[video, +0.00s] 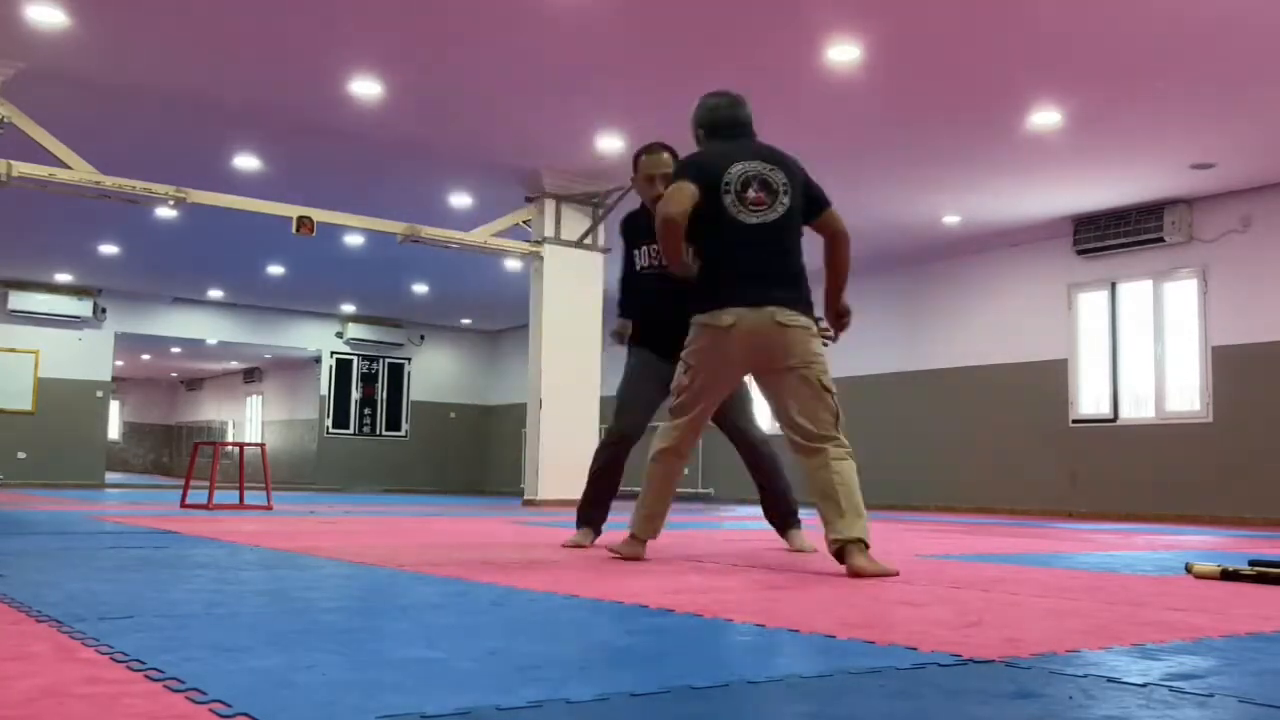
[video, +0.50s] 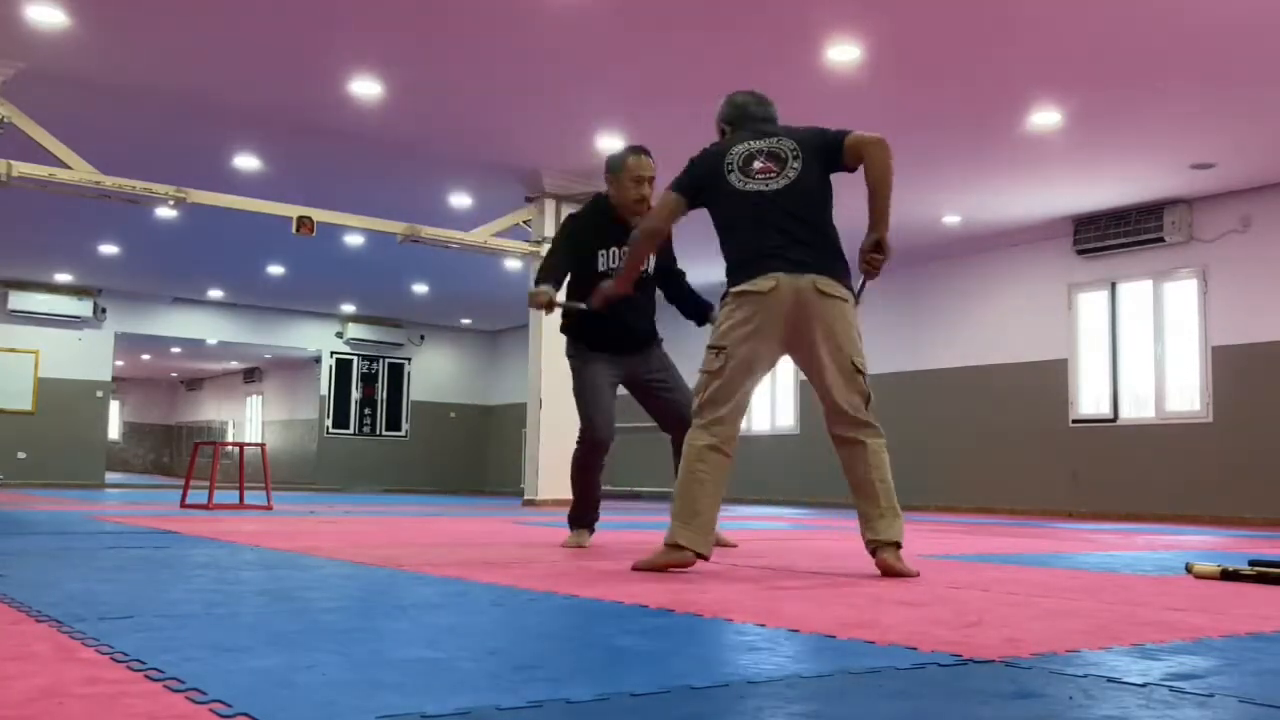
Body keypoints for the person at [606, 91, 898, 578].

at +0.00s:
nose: (691, 142)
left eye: (692, 135)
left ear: (701, 132)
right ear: (749, 126)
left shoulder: (699, 163)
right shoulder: (787, 166)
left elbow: (671, 210)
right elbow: (836, 232)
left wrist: (677, 265)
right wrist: (836, 300)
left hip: (721, 321)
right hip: (790, 321)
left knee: (677, 428)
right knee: (823, 439)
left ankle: (638, 536)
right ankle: (853, 548)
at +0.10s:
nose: (710, 130)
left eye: (710, 123)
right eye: (712, 124)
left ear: (719, 119)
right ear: (766, 111)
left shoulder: (719, 146)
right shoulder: (812, 155)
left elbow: (645, 187)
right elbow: (872, 211)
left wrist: (676, 192)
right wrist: (878, 291)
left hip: (742, 308)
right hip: (812, 309)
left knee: (699, 416)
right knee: (831, 432)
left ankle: (684, 521)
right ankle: (859, 547)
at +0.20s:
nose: (706, 131)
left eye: (706, 124)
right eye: (708, 125)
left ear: (715, 119)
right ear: (764, 110)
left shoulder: (708, 145)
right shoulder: (807, 140)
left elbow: (634, 190)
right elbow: (875, 174)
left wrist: (672, 223)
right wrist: (881, 257)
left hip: (753, 291)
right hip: (820, 292)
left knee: (704, 415)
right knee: (834, 424)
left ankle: (683, 532)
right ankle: (862, 542)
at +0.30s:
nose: (702, 136)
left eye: (704, 128)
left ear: (709, 126)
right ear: (759, 118)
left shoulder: (697, 155)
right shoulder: (796, 136)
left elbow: (632, 214)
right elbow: (864, 145)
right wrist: (879, 232)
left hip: (750, 286)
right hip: (820, 287)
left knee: (709, 414)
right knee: (842, 416)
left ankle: (685, 540)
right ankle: (866, 539)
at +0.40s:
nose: (701, 144)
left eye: (701, 137)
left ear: (709, 134)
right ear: (761, 123)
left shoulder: (694, 163)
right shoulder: (794, 137)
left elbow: (622, 213)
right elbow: (858, 136)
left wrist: (574, 261)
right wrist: (881, 221)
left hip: (746, 291)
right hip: (818, 288)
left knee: (711, 421)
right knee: (847, 416)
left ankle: (683, 545)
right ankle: (869, 534)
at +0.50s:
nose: (717, 137)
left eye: (718, 130)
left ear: (724, 129)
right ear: (773, 121)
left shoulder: (710, 160)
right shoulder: (809, 139)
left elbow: (655, 223)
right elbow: (874, 147)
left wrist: (624, 278)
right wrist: (878, 232)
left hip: (754, 294)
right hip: (826, 291)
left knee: (712, 422)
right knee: (855, 420)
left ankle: (684, 542)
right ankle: (886, 545)